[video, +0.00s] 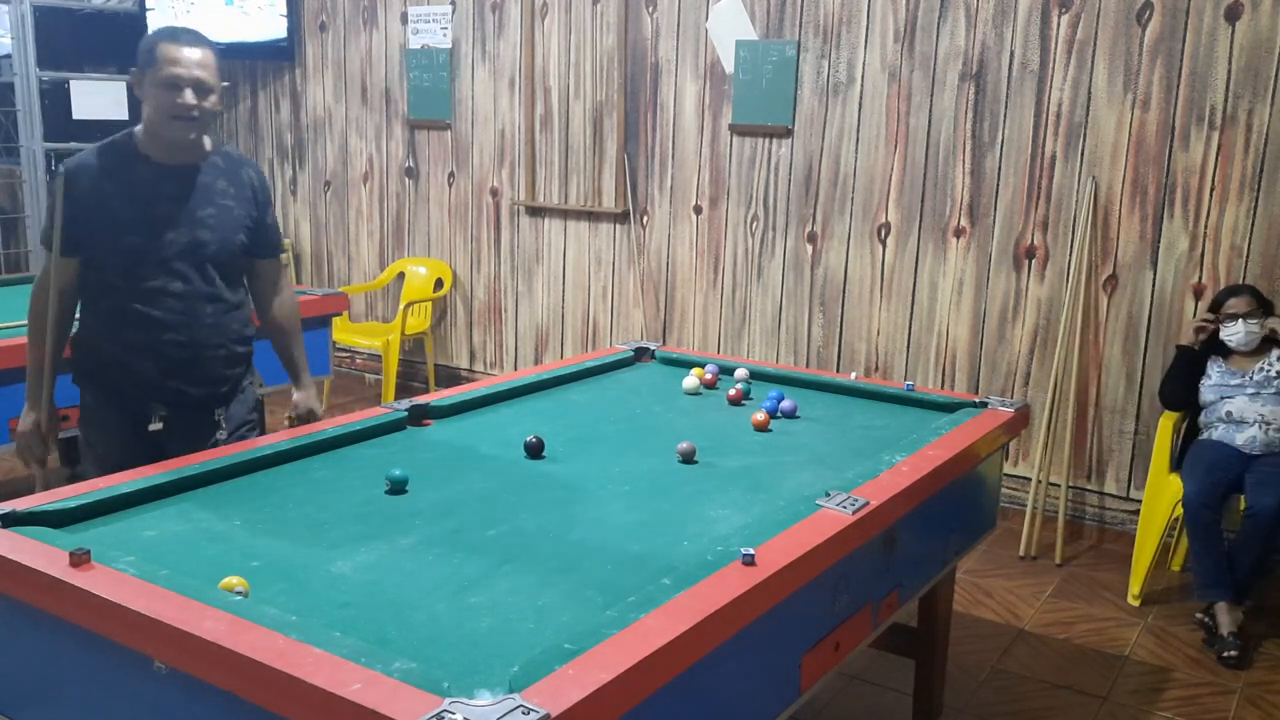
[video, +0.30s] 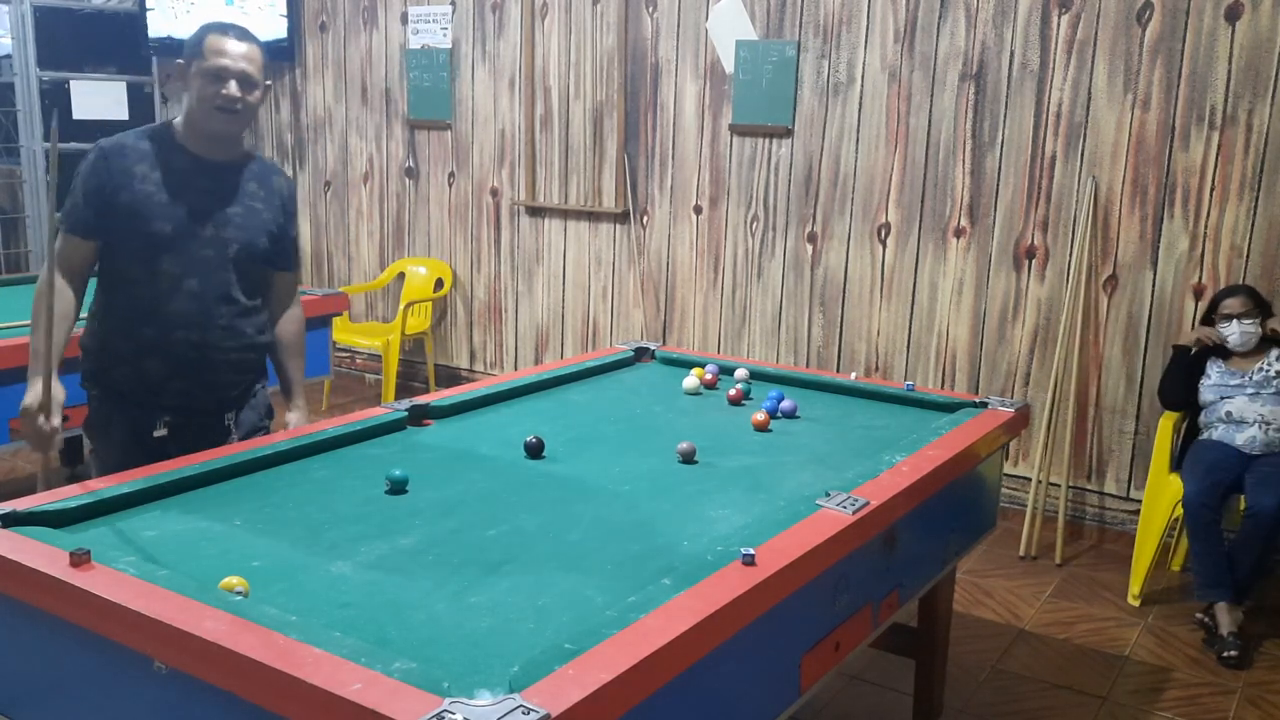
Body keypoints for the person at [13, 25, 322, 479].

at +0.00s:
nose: (188, 100)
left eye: (202, 89)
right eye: (172, 85)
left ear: (219, 98)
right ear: (138, 86)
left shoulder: (243, 179)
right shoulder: (87, 177)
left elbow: (273, 289)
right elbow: (57, 288)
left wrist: (304, 382)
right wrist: (38, 402)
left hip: (224, 404)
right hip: (120, 406)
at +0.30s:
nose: (232, 92)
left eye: (247, 83)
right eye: (216, 77)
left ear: (262, 96)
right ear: (182, 77)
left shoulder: (274, 187)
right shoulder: (116, 163)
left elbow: (284, 303)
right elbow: (65, 273)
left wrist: (297, 403)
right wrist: (43, 377)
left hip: (234, 411)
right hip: (129, 409)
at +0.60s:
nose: (255, 94)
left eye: (271, 85)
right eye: (240, 78)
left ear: (287, 100)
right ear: (210, 80)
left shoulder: (292, 198)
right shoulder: (135, 157)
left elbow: (296, 319)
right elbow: (73, 273)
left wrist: (306, 413)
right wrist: (51, 381)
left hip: (234, 419)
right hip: (127, 412)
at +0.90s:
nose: (257, 95)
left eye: (272, 86)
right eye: (241, 80)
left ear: (289, 102)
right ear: (209, 84)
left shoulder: (290, 198)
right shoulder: (134, 157)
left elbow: (290, 317)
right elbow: (68, 267)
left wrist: (301, 413)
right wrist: (45, 379)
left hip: (225, 422)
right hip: (114, 418)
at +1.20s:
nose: (233, 93)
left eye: (247, 82)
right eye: (216, 77)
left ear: (262, 97)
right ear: (176, 82)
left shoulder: (263, 197)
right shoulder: (109, 157)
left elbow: (263, 316)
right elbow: (32, 269)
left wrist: (273, 410)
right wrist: (9, 387)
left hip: (191, 417)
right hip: (83, 411)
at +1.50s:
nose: (143, 89)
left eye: (157, 76)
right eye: (123, 74)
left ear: (174, 88)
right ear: (82, 78)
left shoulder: (184, 191)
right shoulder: (17, 169)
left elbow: (206, 314)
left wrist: (228, 419)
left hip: (142, 434)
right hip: (28, 436)